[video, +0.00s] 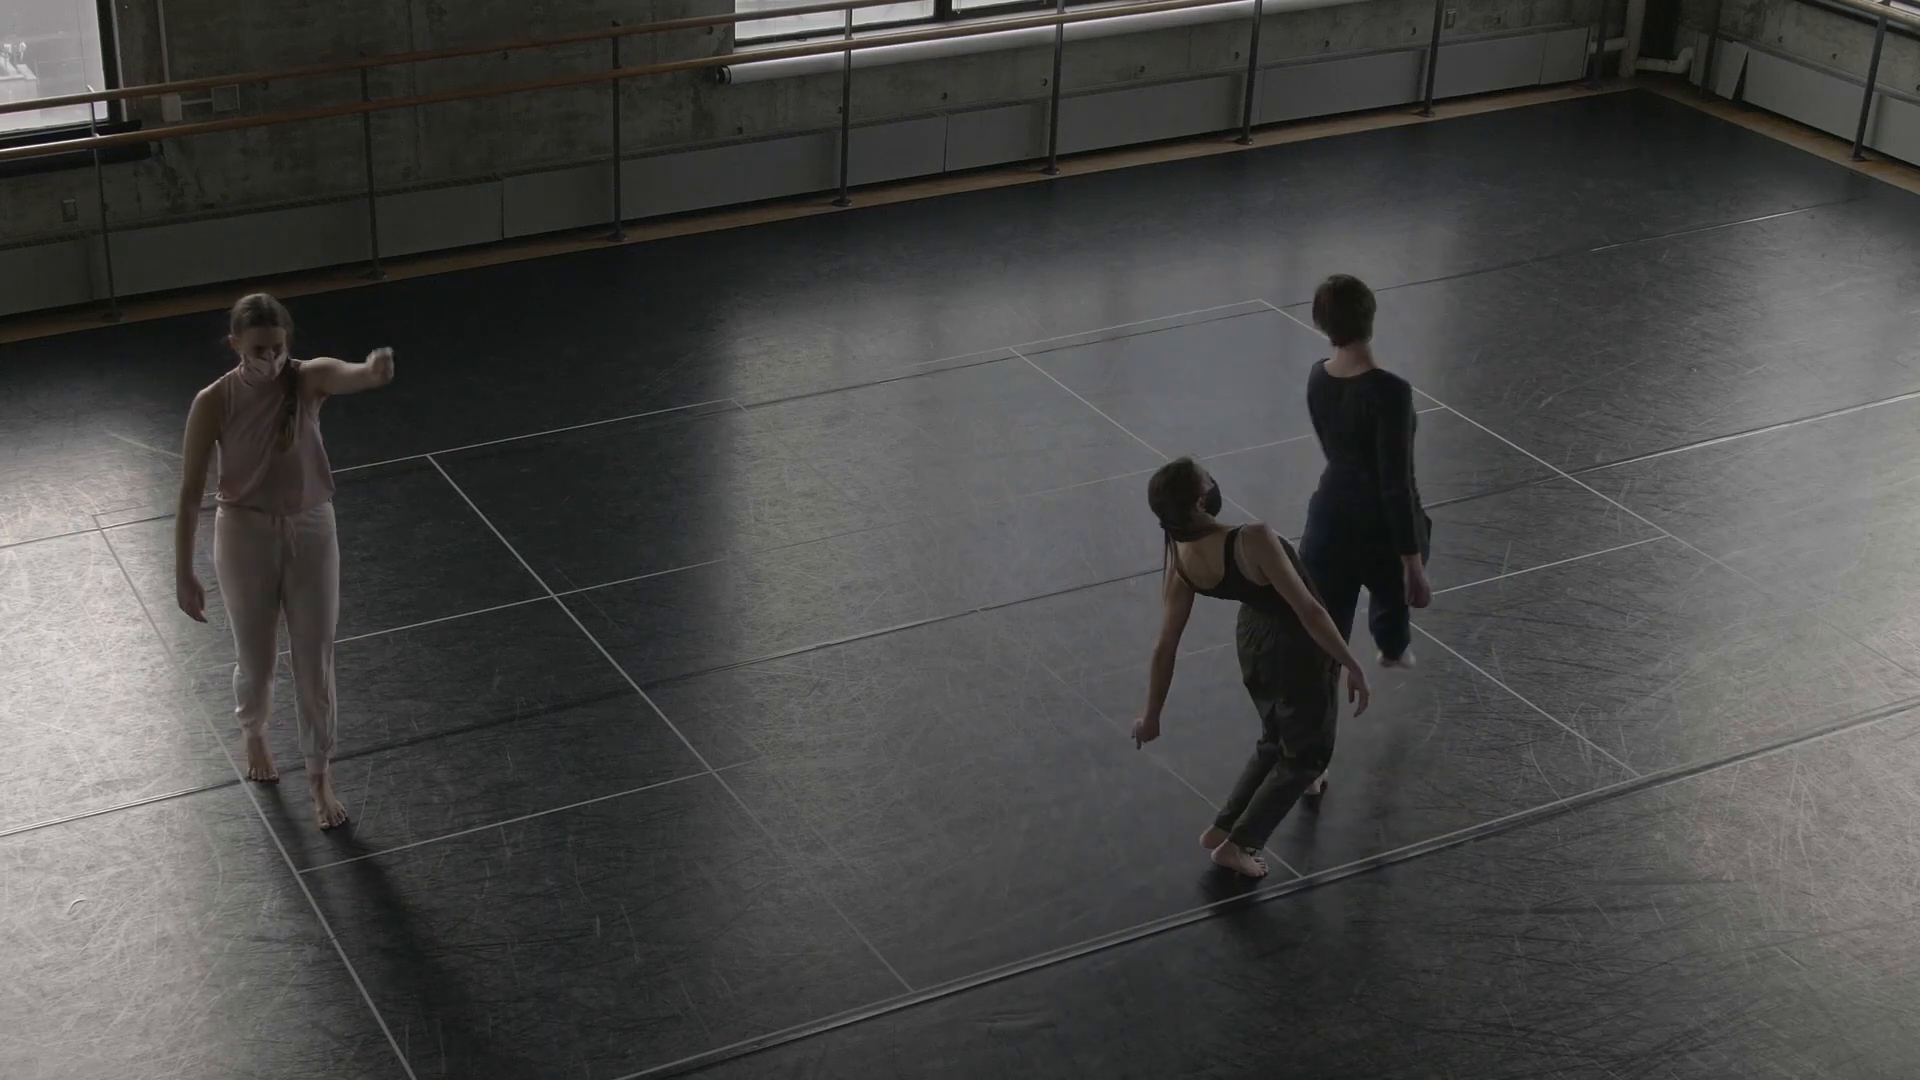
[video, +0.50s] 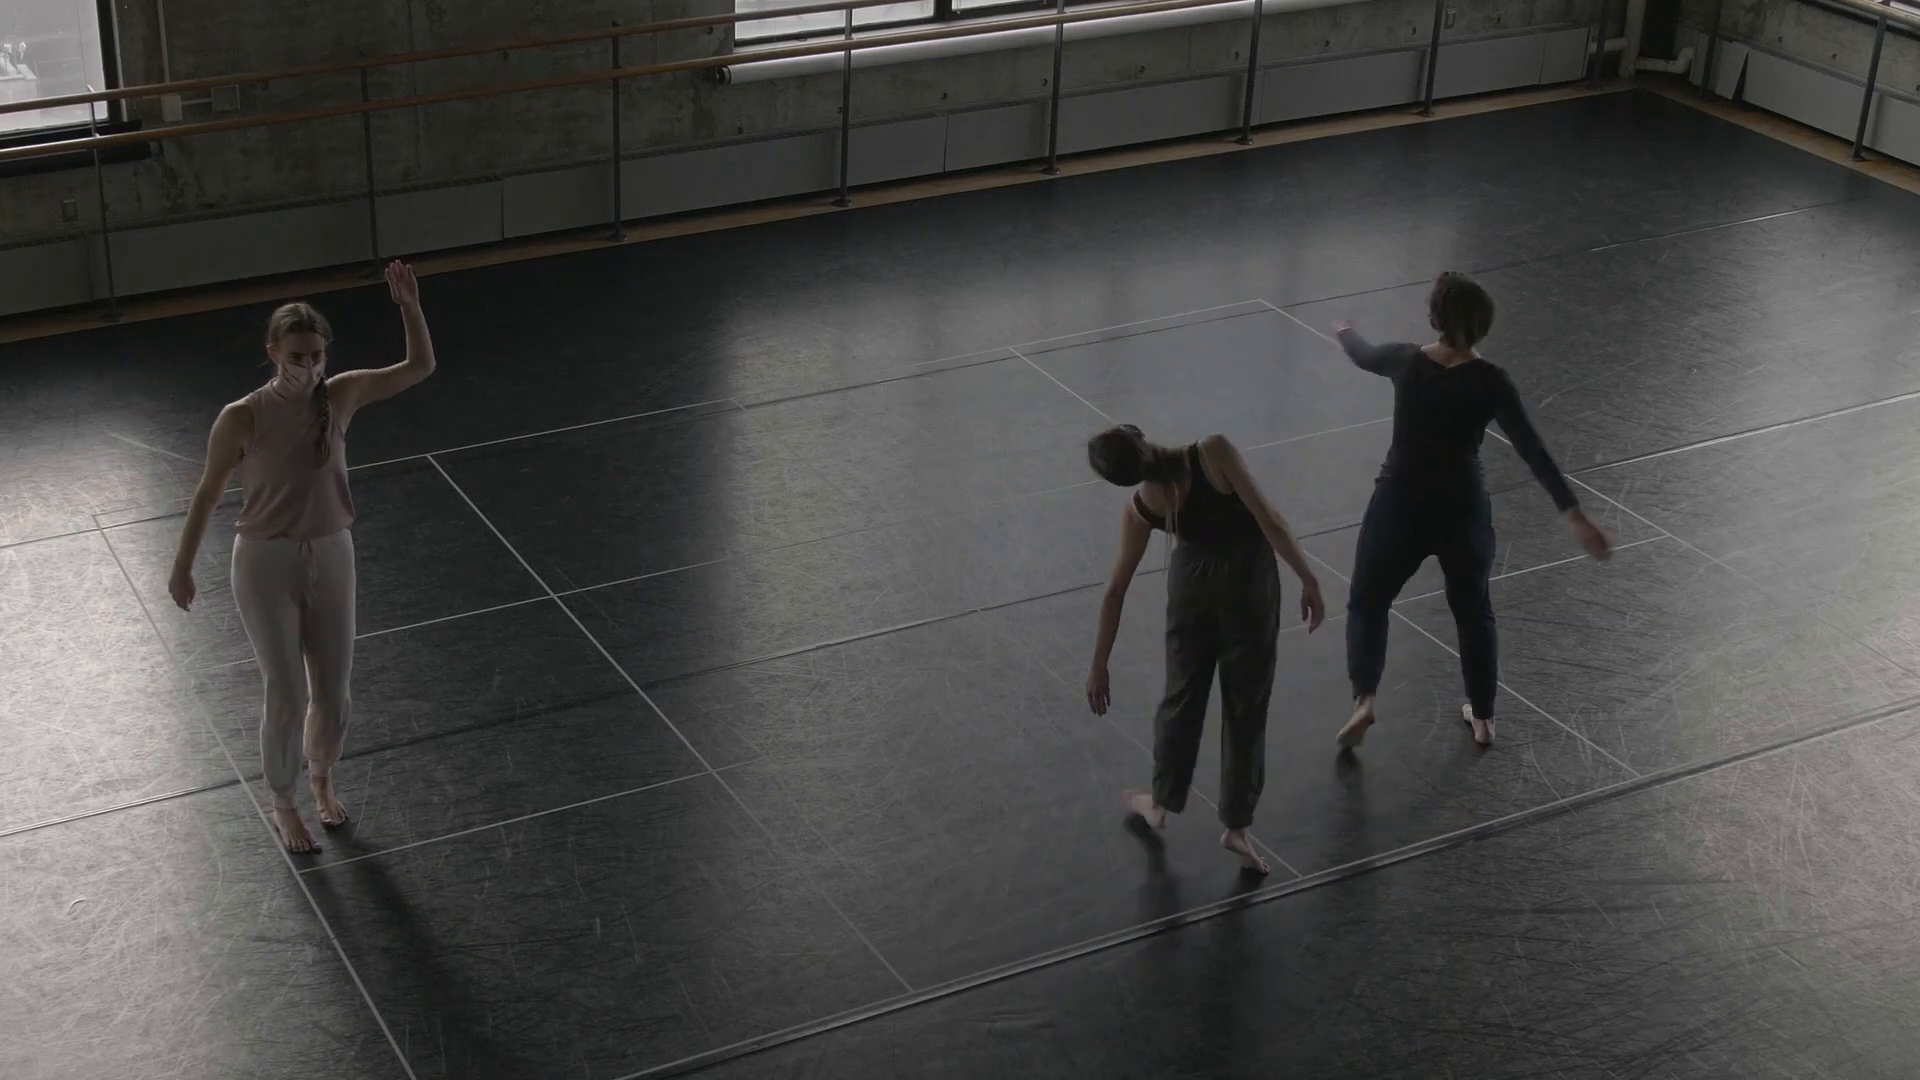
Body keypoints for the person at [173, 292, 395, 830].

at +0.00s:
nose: (268, 362)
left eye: (275, 350)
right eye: (257, 352)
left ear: (288, 342)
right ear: (235, 345)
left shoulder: (306, 376)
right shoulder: (214, 403)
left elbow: (347, 374)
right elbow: (192, 492)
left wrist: (374, 369)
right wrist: (184, 573)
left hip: (313, 532)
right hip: (245, 536)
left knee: (316, 661)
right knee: (258, 659)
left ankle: (322, 779)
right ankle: (254, 736)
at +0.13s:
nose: (278, 357)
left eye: (286, 346)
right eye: (268, 347)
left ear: (297, 341)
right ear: (245, 345)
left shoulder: (319, 380)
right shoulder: (221, 405)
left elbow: (397, 348)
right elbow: (196, 488)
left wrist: (395, 306)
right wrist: (176, 566)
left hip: (321, 537)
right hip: (252, 542)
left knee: (322, 664)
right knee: (264, 667)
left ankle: (322, 779)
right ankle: (254, 763)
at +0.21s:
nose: (280, 356)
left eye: (288, 345)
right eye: (269, 346)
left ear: (303, 341)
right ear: (249, 345)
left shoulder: (326, 382)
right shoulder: (227, 408)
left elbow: (409, 340)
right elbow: (201, 488)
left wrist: (397, 285)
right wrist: (179, 562)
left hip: (325, 539)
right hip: (255, 544)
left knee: (324, 669)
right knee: (268, 673)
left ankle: (323, 778)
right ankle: (267, 792)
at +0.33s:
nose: (291, 358)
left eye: (299, 347)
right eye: (280, 350)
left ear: (313, 346)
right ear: (260, 351)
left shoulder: (335, 386)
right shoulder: (232, 413)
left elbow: (416, 344)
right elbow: (209, 487)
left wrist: (403, 282)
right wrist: (184, 553)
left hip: (331, 548)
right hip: (261, 555)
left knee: (326, 679)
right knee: (280, 687)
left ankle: (322, 780)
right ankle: (279, 802)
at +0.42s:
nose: (299, 360)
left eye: (308, 351)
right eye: (288, 352)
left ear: (319, 349)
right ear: (267, 352)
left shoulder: (339, 389)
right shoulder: (237, 415)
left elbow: (418, 350)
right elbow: (208, 490)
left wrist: (408, 291)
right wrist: (183, 556)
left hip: (333, 551)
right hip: (263, 558)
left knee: (329, 683)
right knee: (281, 687)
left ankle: (322, 779)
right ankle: (282, 804)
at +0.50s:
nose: (310, 366)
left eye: (318, 356)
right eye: (299, 357)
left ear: (326, 353)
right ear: (273, 354)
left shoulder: (341, 394)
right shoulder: (240, 418)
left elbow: (420, 366)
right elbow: (206, 497)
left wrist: (410, 308)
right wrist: (181, 567)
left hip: (333, 557)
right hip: (263, 562)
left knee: (332, 693)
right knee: (285, 693)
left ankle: (321, 777)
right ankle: (286, 805)